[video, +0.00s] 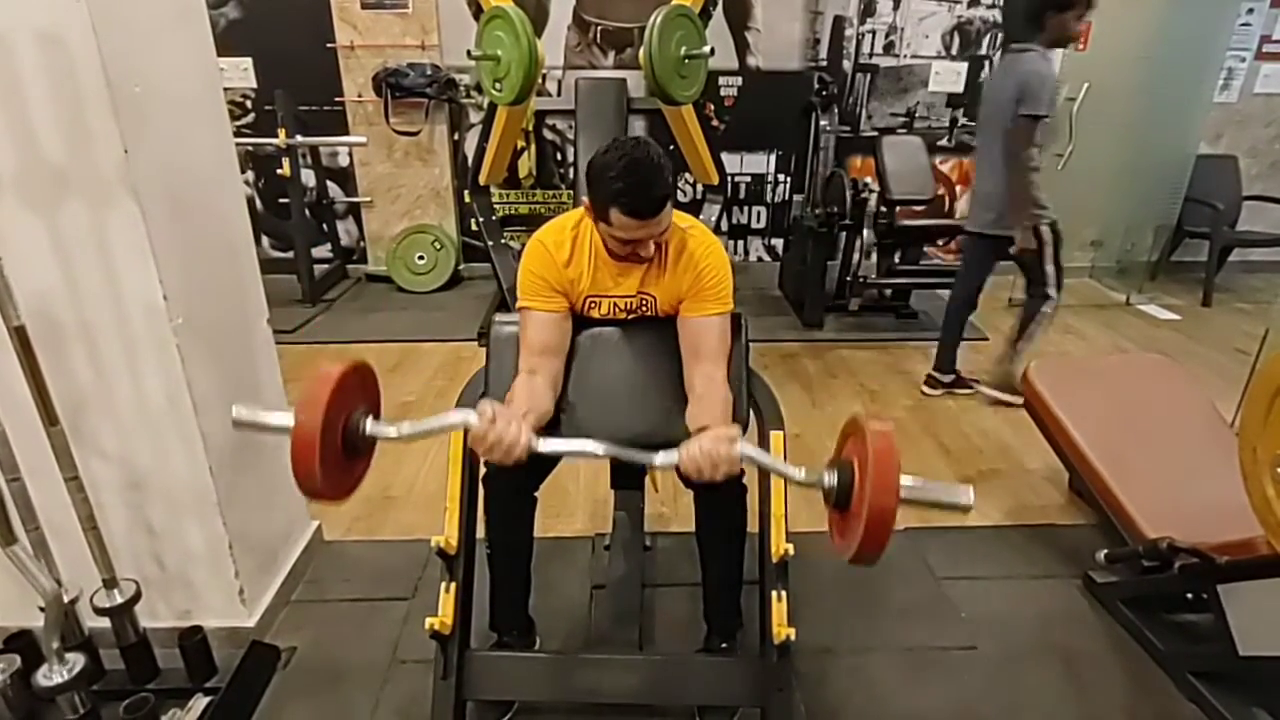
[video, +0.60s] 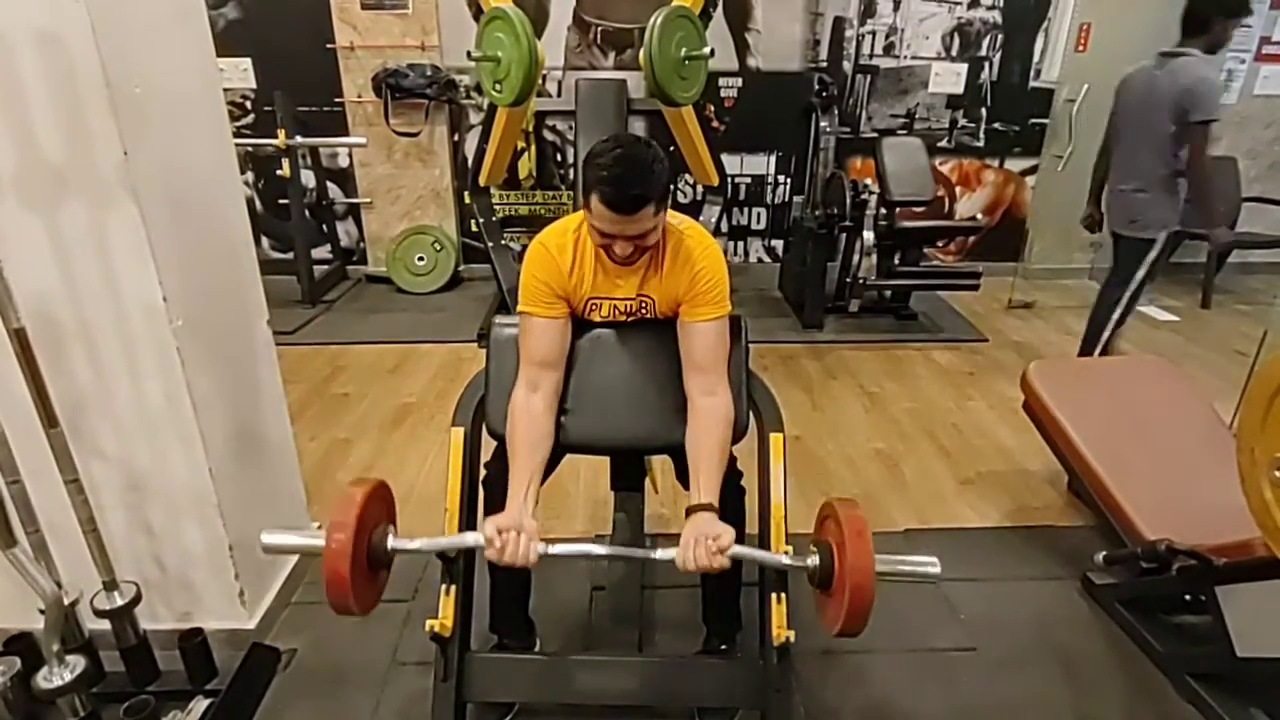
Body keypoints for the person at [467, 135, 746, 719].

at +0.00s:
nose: (647, 248)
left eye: (658, 234)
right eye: (629, 240)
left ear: (671, 204)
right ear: (594, 213)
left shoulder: (700, 252)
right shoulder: (550, 250)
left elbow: (707, 372)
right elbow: (537, 368)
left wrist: (713, 435)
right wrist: (516, 419)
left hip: (671, 385)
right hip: (578, 384)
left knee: (721, 471)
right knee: (506, 470)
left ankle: (724, 638)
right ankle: (511, 635)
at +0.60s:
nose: (622, 247)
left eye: (639, 235)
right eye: (607, 233)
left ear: (664, 209)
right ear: (586, 204)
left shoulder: (696, 255)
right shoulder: (551, 252)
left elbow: (707, 389)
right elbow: (535, 384)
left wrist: (704, 507)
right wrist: (518, 505)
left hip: (670, 383)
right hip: (574, 383)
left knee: (721, 488)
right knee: (502, 480)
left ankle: (723, 637)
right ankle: (512, 639)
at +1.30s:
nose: (620, 234)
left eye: (636, 218)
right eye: (604, 218)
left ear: (662, 198)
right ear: (585, 197)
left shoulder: (697, 255)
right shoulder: (555, 253)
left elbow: (711, 383)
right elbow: (536, 382)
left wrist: (711, 475)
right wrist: (518, 482)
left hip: (673, 389)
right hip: (576, 388)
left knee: (722, 490)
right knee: (504, 485)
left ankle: (723, 642)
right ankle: (513, 640)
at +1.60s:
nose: (618, 245)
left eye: (634, 229)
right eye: (602, 229)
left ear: (657, 205)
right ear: (581, 207)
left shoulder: (697, 257)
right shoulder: (554, 256)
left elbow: (711, 379)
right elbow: (537, 377)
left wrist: (714, 428)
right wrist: (515, 431)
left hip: (667, 393)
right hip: (578, 392)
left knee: (720, 483)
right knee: (505, 483)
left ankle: (724, 644)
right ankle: (512, 645)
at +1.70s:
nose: (617, 246)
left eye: (632, 230)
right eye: (601, 231)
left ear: (656, 205)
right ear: (580, 208)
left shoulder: (696, 258)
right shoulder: (552, 257)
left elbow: (711, 383)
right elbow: (536, 379)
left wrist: (714, 425)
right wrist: (513, 427)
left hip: (666, 395)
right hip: (577, 393)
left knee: (718, 483)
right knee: (504, 485)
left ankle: (723, 643)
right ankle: (511, 645)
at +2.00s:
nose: (615, 256)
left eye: (630, 241)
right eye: (599, 241)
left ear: (654, 216)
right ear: (578, 217)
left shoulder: (694, 264)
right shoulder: (551, 265)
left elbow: (708, 415)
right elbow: (538, 416)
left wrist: (708, 362)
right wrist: (516, 363)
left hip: (667, 409)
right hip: (574, 407)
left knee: (721, 497)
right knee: (503, 496)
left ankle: (723, 651)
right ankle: (512, 650)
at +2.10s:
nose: (615, 255)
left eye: (630, 241)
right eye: (599, 241)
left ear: (654, 216)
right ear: (578, 217)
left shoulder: (693, 263)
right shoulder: (552, 264)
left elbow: (708, 414)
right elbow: (537, 416)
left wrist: (706, 351)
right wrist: (522, 351)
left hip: (667, 406)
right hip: (574, 404)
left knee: (720, 496)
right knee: (502, 495)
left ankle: (723, 652)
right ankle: (512, 651)